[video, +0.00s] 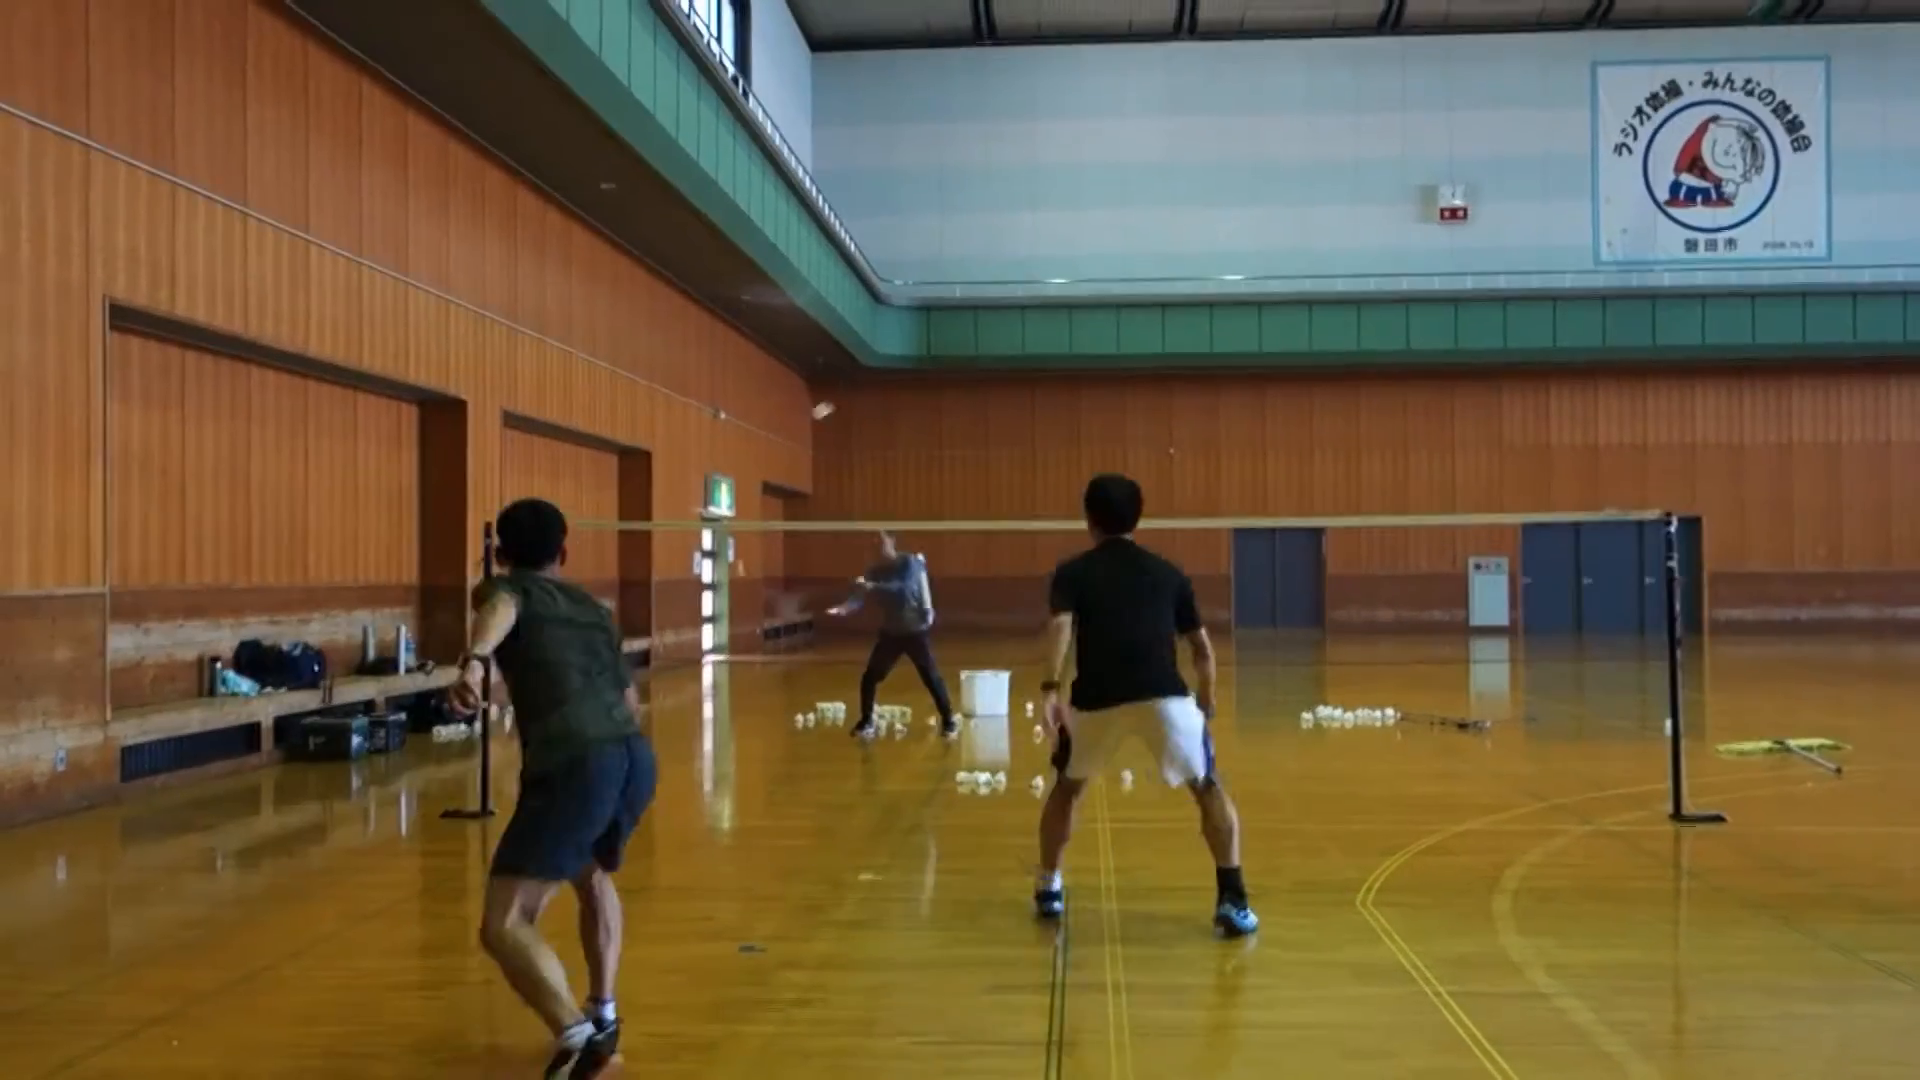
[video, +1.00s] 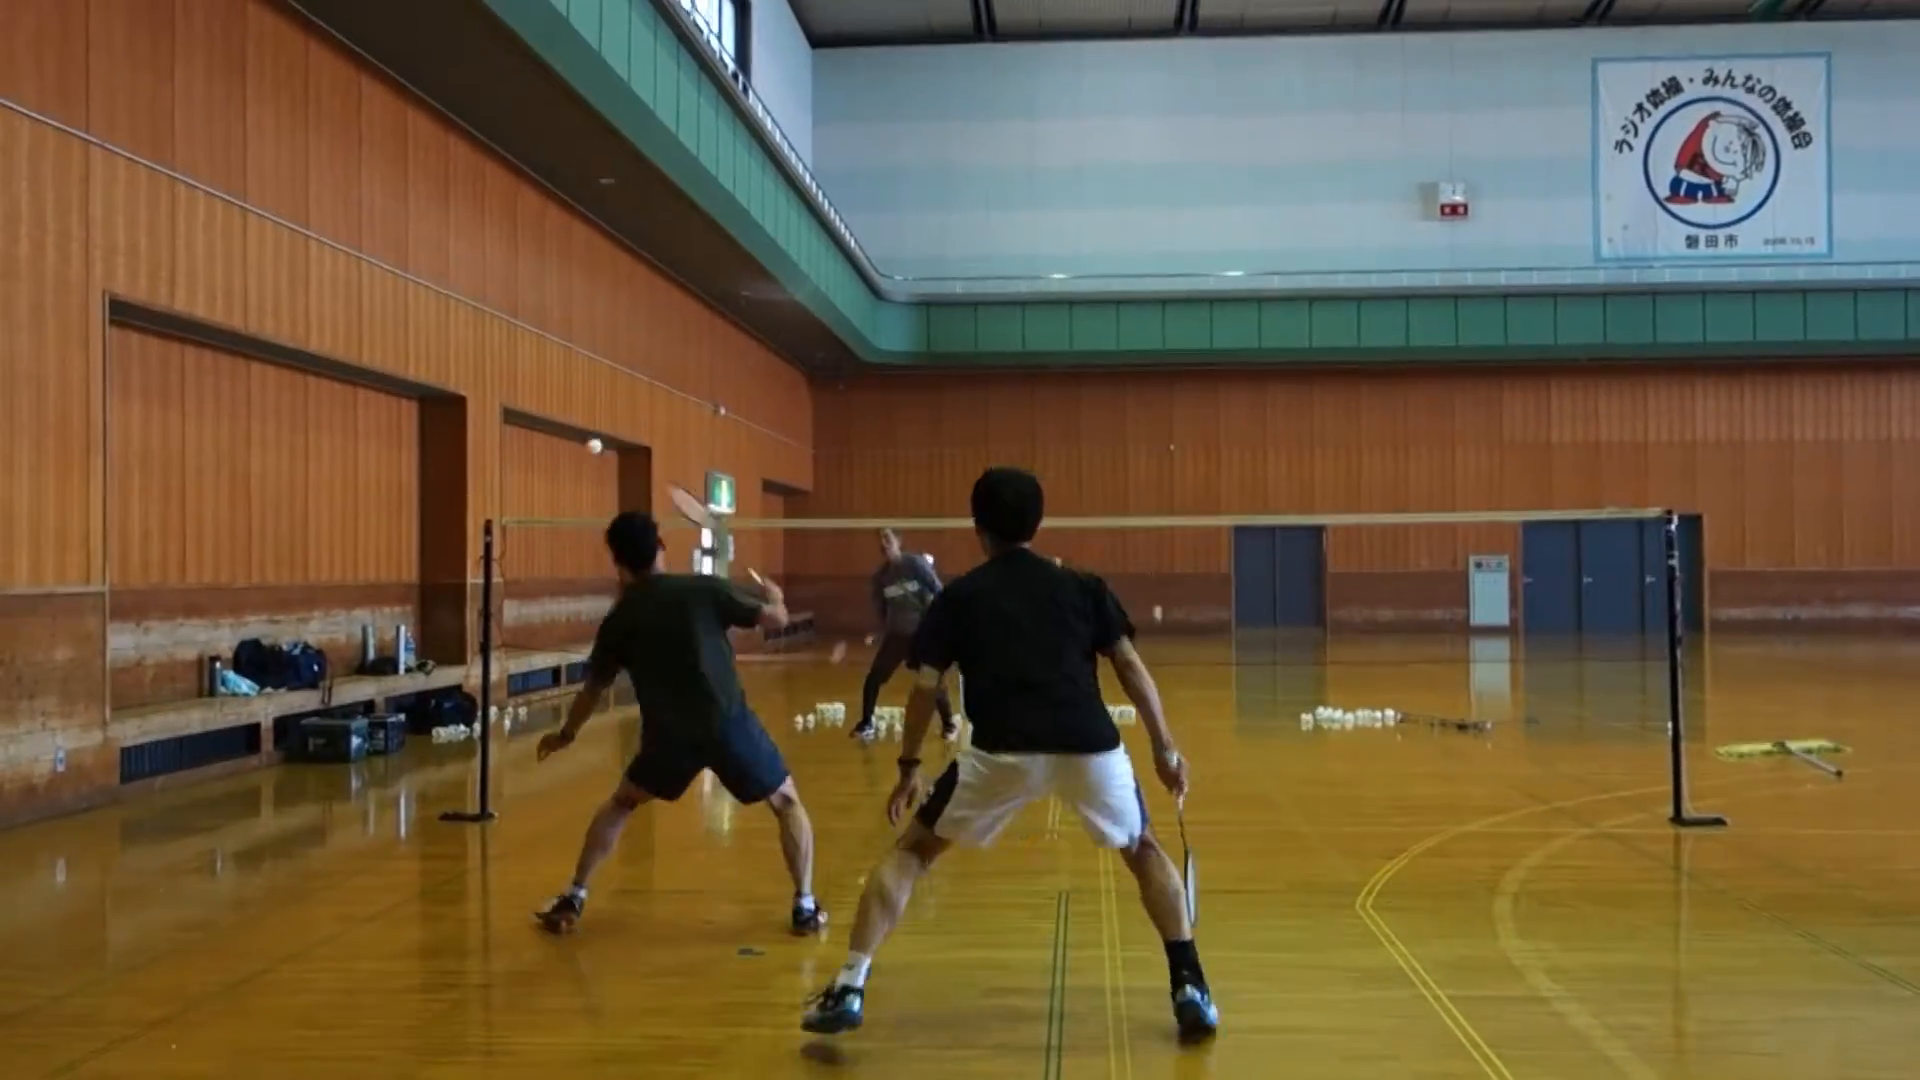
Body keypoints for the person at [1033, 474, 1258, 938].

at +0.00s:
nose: (1087, 521)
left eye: (1088, 514)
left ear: (1089, 519)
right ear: (1137, 519)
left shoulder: (1072, 572)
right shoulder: (1167, 572)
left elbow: (1060, 626)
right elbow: (1203, 651)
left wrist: (1049, 689)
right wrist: (1205, 711)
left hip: (1096, 696)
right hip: (1164, 693)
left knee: (1067, 786)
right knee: (1209, 790)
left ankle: (1048, 888)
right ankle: (1233, 900)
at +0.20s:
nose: (1112, 522)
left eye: (1115, 514)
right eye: (1114, 513)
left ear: (1126, 520)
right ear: (1170, 522)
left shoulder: (1105, 579)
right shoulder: (1207, 573)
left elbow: (1077, 653)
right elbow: (1249, 644)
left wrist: (1064, 719)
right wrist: (1276, 707)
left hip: (1158, 712)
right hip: (1225, 705)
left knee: (1101, 821)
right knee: (1264, 808)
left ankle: (1105, 925)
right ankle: (1322, 912)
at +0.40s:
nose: (1104, 528)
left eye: (1102, 520)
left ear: (1104, 527)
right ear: (1157, 529)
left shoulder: (1085, 591)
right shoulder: (1187, 583)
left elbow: (1063, 667)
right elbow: (1248, 644)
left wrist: (1080, 735)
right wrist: (1293, 708)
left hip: (1153, 735)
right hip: (1219, 727)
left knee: (1094, 840)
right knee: (1256, 817)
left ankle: (1128, 968)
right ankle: (1317, 916)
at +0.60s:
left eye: (1067, 507)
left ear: (1066, 514)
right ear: (1122, 514)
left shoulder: (1053, 580)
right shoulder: (1159, 573)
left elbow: (1043, 657)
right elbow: (1214, 640)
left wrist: (1029, 738)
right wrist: (1221, 710)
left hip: (1113, 714)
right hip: (1190, 712)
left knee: (1034, 813)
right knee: (1212, 800)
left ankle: (1025, 937)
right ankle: (1237, 928)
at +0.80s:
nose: (1023, 535)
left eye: (1017, 526)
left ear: (1018, 536)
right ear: (1076, 537)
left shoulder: (993, 608)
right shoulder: (1110, 603)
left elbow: (969, 693)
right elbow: (1167, 681)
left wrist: (956, 777)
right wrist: (1206, 755)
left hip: (1036, 763)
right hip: (1118, 759)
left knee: (962, 877)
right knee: (1173, 848)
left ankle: (929, 1014)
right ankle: (1226, 964)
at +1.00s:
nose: (979, 528)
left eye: (978, 519)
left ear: (978, 525)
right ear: (1038, 524)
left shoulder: (958, 599)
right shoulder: (1081, 588)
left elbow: (923, 690)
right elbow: (1130, 666)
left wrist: (908, 765)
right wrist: (1164, 746)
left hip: (1000, 751)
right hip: (1090, 746)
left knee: (913, 852)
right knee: (1143, 851)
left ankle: (849, 985)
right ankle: (1189, 983)